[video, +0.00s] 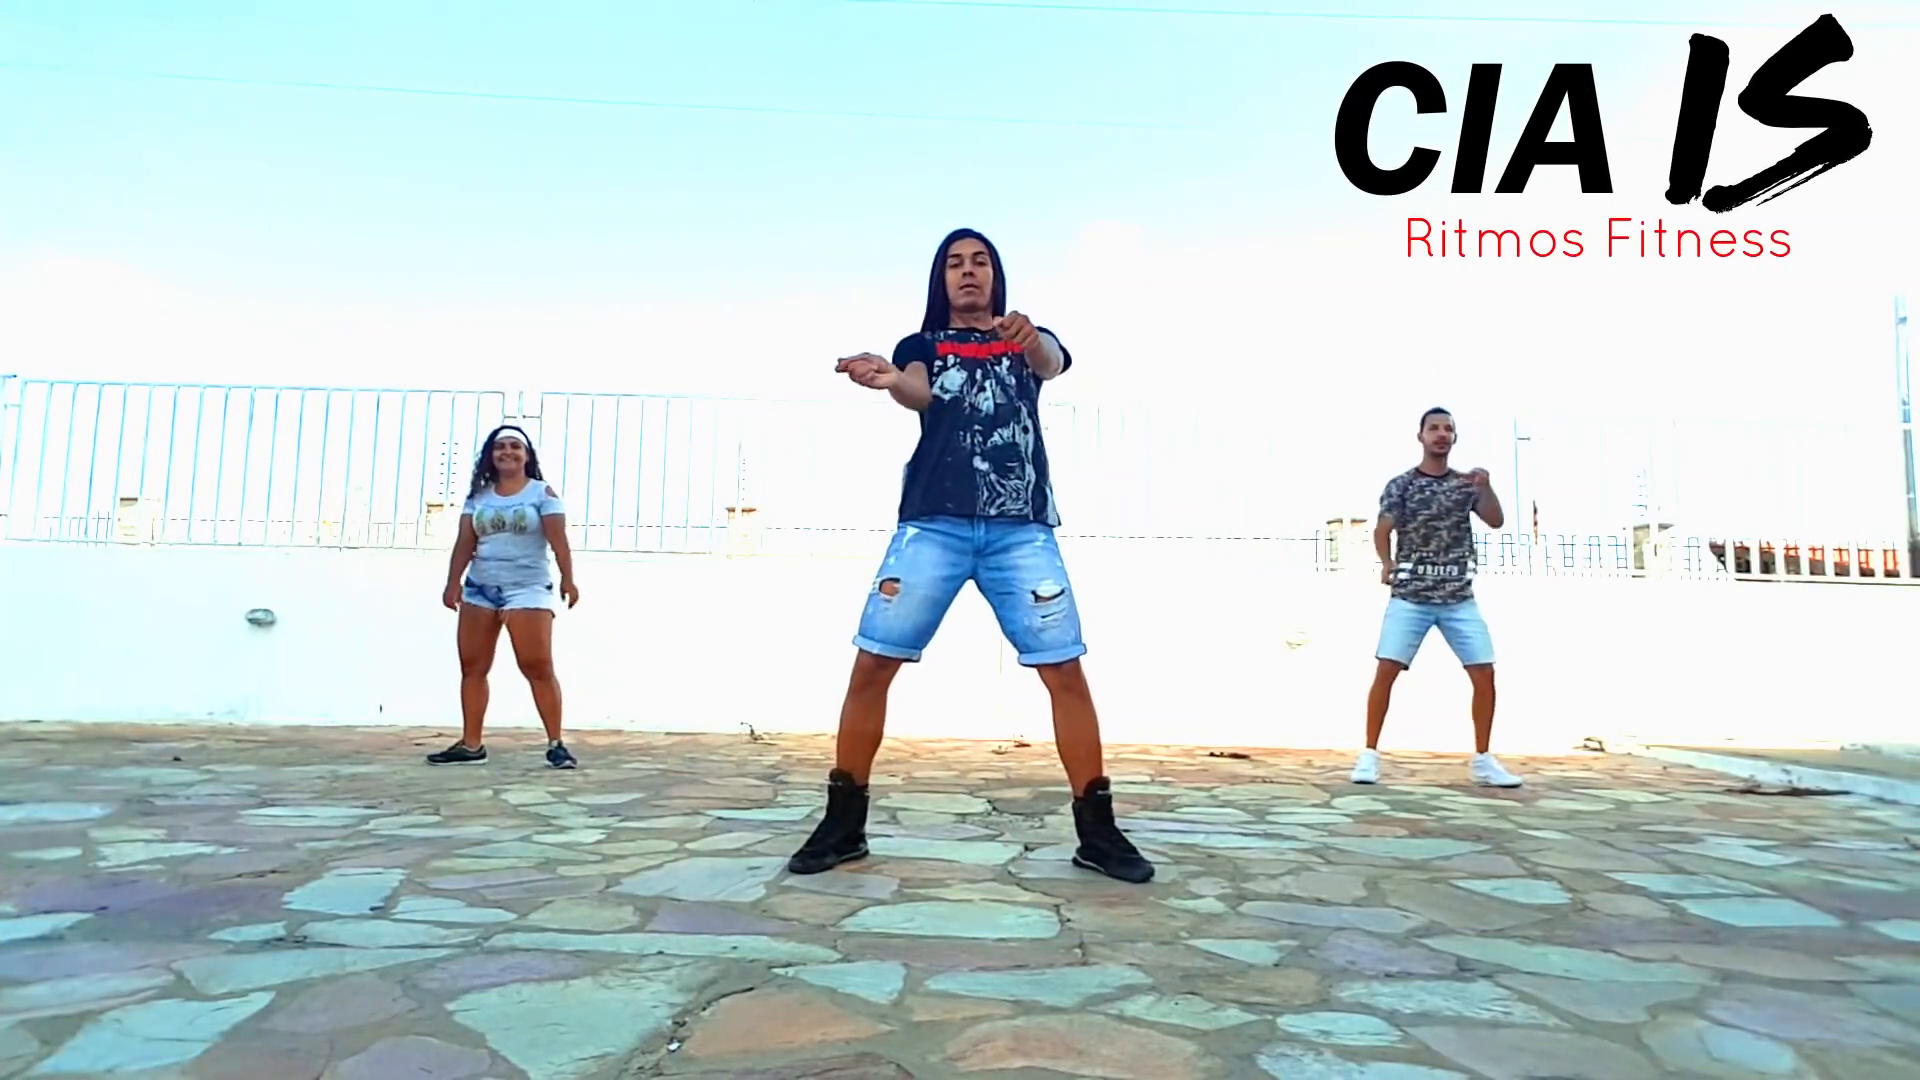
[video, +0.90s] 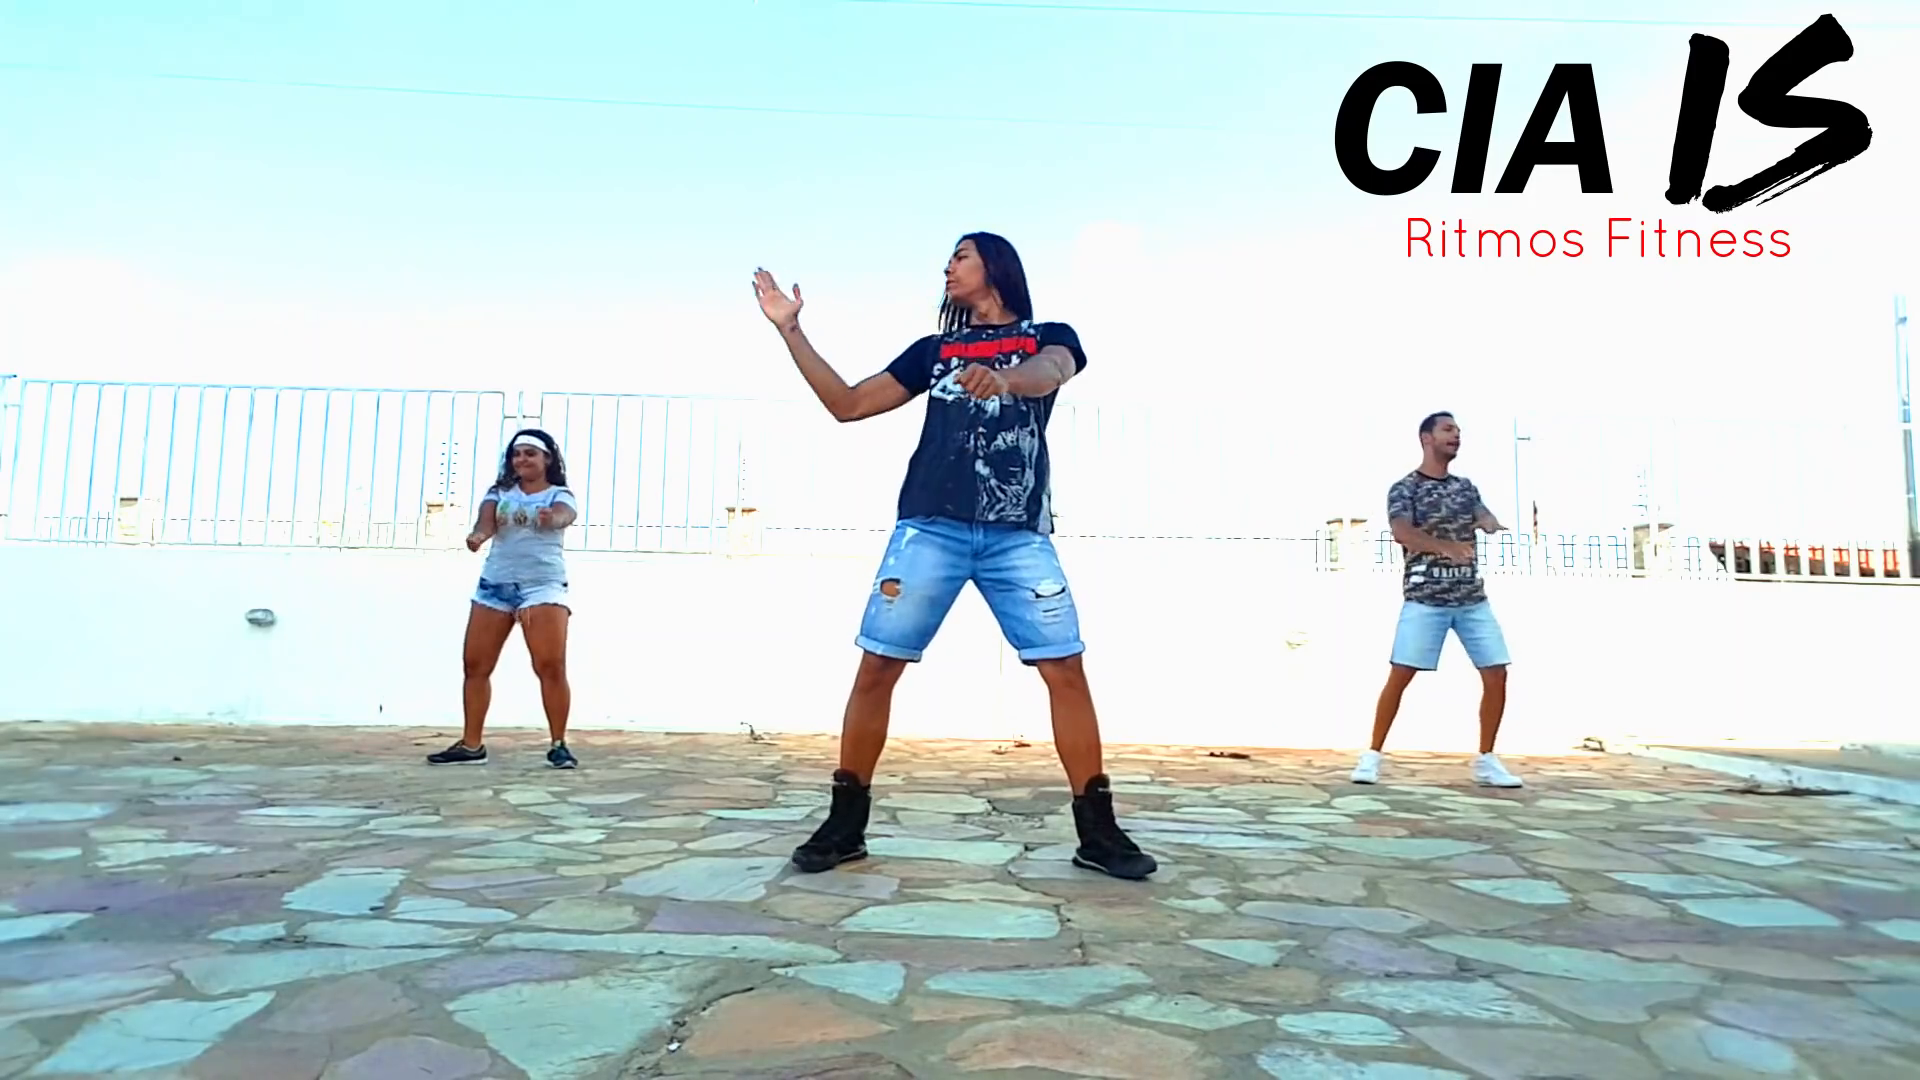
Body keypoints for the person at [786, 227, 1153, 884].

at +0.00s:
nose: (969, 270)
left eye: (980, 261)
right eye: (956, 262)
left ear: (998, 275)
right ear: (939, 279)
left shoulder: (1026, 337)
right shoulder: (921, 345)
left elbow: (1052, 366)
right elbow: (919, 393)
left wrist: (1030, 340)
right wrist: (890, 376)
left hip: (1021, 528)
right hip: (934, 526)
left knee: (1065, 668)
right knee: (873, 664)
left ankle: (1098, 831)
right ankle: (842, 823)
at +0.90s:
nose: (949, 268)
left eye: (961, 257)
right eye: (948, 260)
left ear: (997, 267)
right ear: (960, 280)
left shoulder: (1051, 336)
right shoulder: (937, 348)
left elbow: (1051, 372)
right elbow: (847, 403)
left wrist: (1005, 378)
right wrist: (791, 327)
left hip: (1018, 534)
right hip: (930, 529)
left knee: (1066, 667)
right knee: (877, 667)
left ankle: (1098, 831)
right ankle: (844, 825)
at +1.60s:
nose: (1020, 253)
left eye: (1026, 249)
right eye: (1003, 247)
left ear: (1035, 275)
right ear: (974, 274)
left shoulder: (1057, 335)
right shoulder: (941, 354)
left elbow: (1053, 391)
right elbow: (873, 438)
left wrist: (1006, 423)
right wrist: (779, 426)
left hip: (1018, 538)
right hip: (928, 533)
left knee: (1073, 669)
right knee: (870, 666)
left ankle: (1099, 831)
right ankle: (842, 823)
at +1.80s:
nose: (986, 244)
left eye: (993, 235)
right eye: (971, 241)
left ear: (1013, 254)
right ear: (956, 268)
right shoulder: (938, 341)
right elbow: (910, 439)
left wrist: (1017, 462)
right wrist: (860, 484)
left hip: (1023, 532)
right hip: (933, 527)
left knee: (1073, 667)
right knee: (880, 666)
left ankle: (1101, 831)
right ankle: (843, 822)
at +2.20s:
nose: (948, 246)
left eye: (958, 236)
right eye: (934, 240)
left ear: (978, 253)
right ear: (919, 263)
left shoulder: (1017, 326)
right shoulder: (899, 332)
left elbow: (1033, 368)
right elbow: (857, 410)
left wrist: (1015, 385)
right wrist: (803, 393)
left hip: (994, 520)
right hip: (904, 518)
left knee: (1051, 655)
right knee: (844, 654)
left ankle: (1105, 811)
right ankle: (823, 806)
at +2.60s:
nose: (877, 284)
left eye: (885, 272)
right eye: (863, 276)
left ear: (904, 283)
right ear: (848, 291)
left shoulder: (933, 358)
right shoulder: (822, 358)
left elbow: (963, 398)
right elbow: (778, 403)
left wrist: (925, 396)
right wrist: (816, 382)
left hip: (916, 551)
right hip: (828, 548)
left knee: (981, 674)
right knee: (760, 670)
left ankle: (1019, 820)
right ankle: (744, 820)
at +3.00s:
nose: (787, 280)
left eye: (796, 269)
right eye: (773, 273)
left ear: (814, 283)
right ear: (757, 291)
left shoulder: (839, 355)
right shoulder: (732, 363)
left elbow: (870, 393)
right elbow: (721, 414)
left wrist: (842, 359)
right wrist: (772, 387)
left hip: (828, 557)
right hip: (737, 552)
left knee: (887, 678)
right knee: (660, 672)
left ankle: (924, 812)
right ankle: (642, 813)